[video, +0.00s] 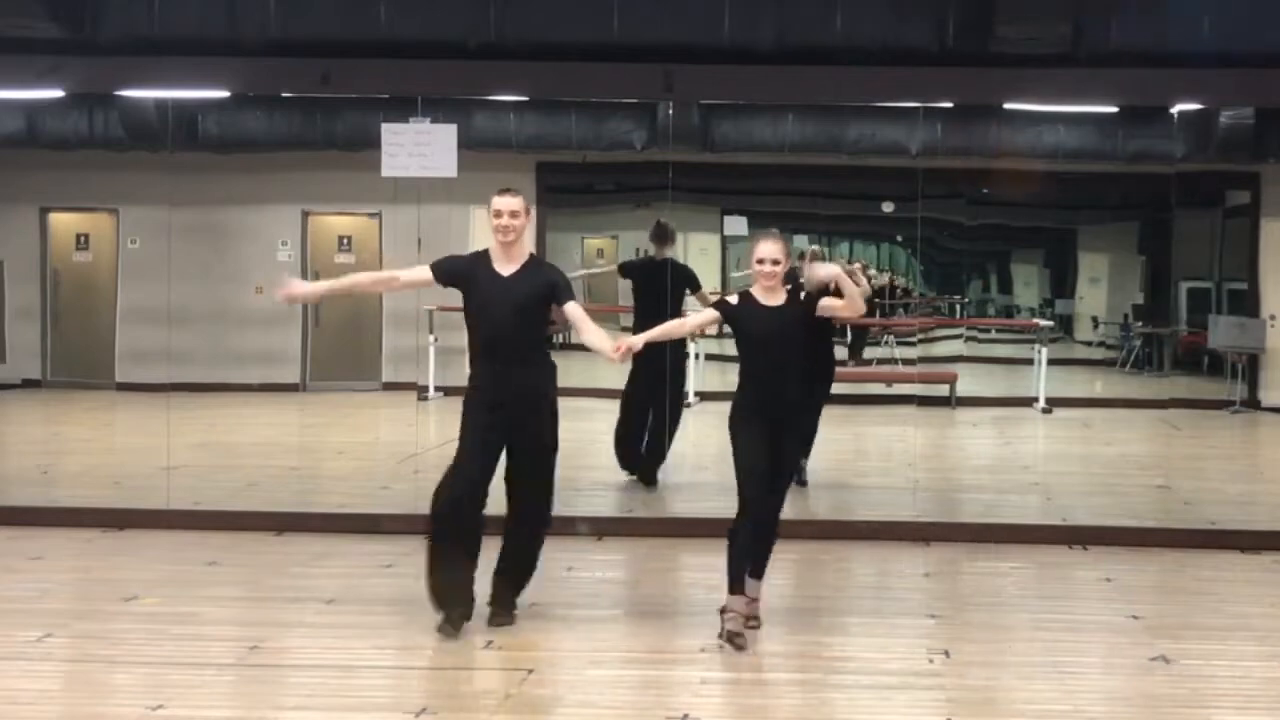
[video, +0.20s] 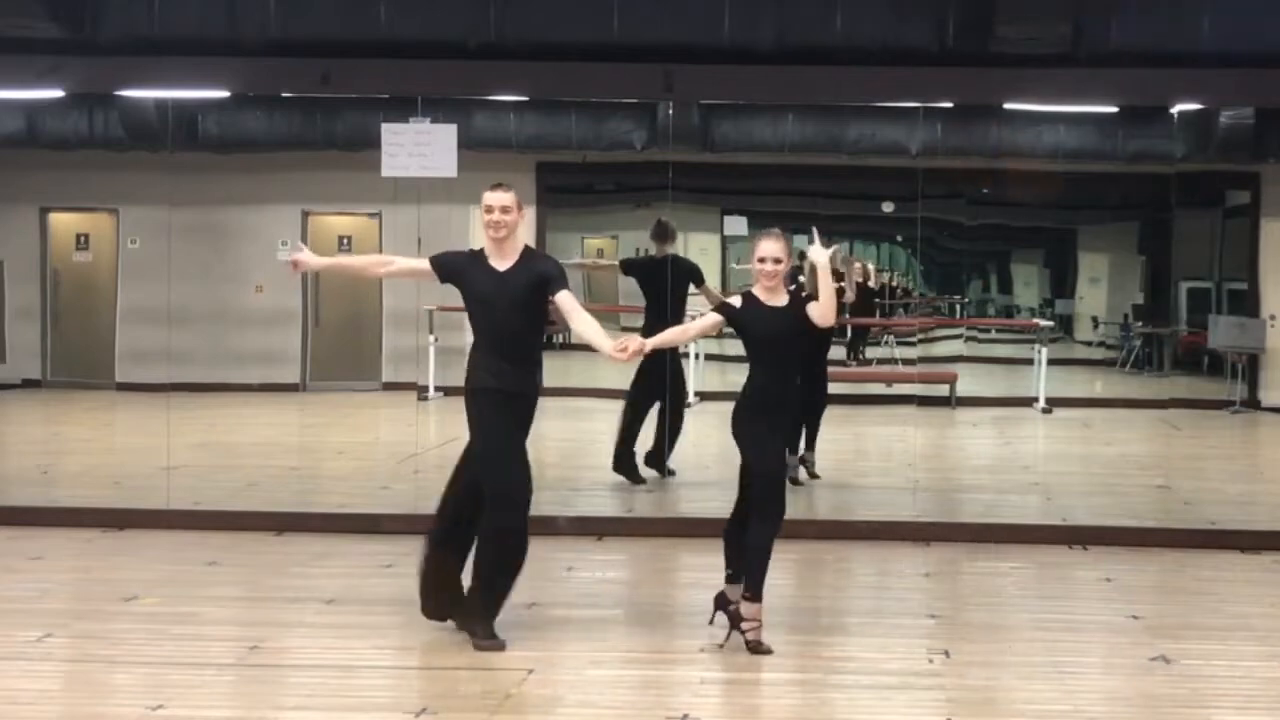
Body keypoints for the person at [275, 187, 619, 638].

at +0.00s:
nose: (505, 222)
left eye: (513, 215)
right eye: (498, 215)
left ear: (528, 220)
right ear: (488, 220)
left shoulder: (547, 276)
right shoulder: (467, 268)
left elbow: (583, 324)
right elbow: (390, 280)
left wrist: (611, 346)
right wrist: (318, 288)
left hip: (535, 406)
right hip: (484, 403)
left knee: (530, 506)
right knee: (459, 496)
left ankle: (505, 599)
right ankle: (454, 606)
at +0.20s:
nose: (497, 217)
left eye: (506, 210)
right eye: (490, 210)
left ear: (521, 216)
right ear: (481, 217)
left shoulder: (542, 267)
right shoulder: (463, 264)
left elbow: (575, 314)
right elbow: (385, 265)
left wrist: (610, 345)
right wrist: (320, 262)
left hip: (522, 393)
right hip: (485, 391)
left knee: (472, 488)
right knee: (511, 495)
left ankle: (438, 584)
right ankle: (479, 610)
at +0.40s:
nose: (496, 202)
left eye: (505, 195)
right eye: (489, 196)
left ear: (520, 203)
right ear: (479, 205)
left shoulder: (540, 259)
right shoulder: (460, 256)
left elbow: (586, 307)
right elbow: (381, 262)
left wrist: (619, 341)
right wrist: (317, 237)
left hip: (521, 397)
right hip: (468, 396)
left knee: (521, 500)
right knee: (470, 507)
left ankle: (537, 610)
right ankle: (488, 617)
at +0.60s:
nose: (492, 204)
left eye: (501, 197)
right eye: (485, 197)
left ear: (516, 204)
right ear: (476, 204)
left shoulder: (531, 261)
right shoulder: (459, 252)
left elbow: (584, 313)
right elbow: (405, 268)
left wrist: (616, 351)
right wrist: (364, 258)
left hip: (512, 385)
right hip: (480, 386)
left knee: (495, 496)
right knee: (475, 500)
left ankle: (526, 608)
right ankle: (507, 613)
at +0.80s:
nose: (498, 216)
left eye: (507, 208)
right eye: (490, 208)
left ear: (520, 215)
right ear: (478, 214)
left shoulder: (531, 274)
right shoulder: (454, 258)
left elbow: (579, 328)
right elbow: (368, 269)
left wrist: (626, 362)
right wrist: (295, 273)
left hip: (515, 399)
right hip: (474, 399)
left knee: (540, 504)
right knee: (512, 506)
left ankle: (520, 615)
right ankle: (480, 616)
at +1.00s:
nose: (502, 231)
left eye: (510, 223)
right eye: (494, 223)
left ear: (526, 229)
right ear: (484, 229)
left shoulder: (545, 286)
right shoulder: (465, 270)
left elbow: (594, 332)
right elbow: (381, 261)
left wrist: (643, 354)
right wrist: (305, 245)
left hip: (486, 404)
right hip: (460, 400)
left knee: (494, 518)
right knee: (498, 518)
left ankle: (451, 610)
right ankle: (471, 626)